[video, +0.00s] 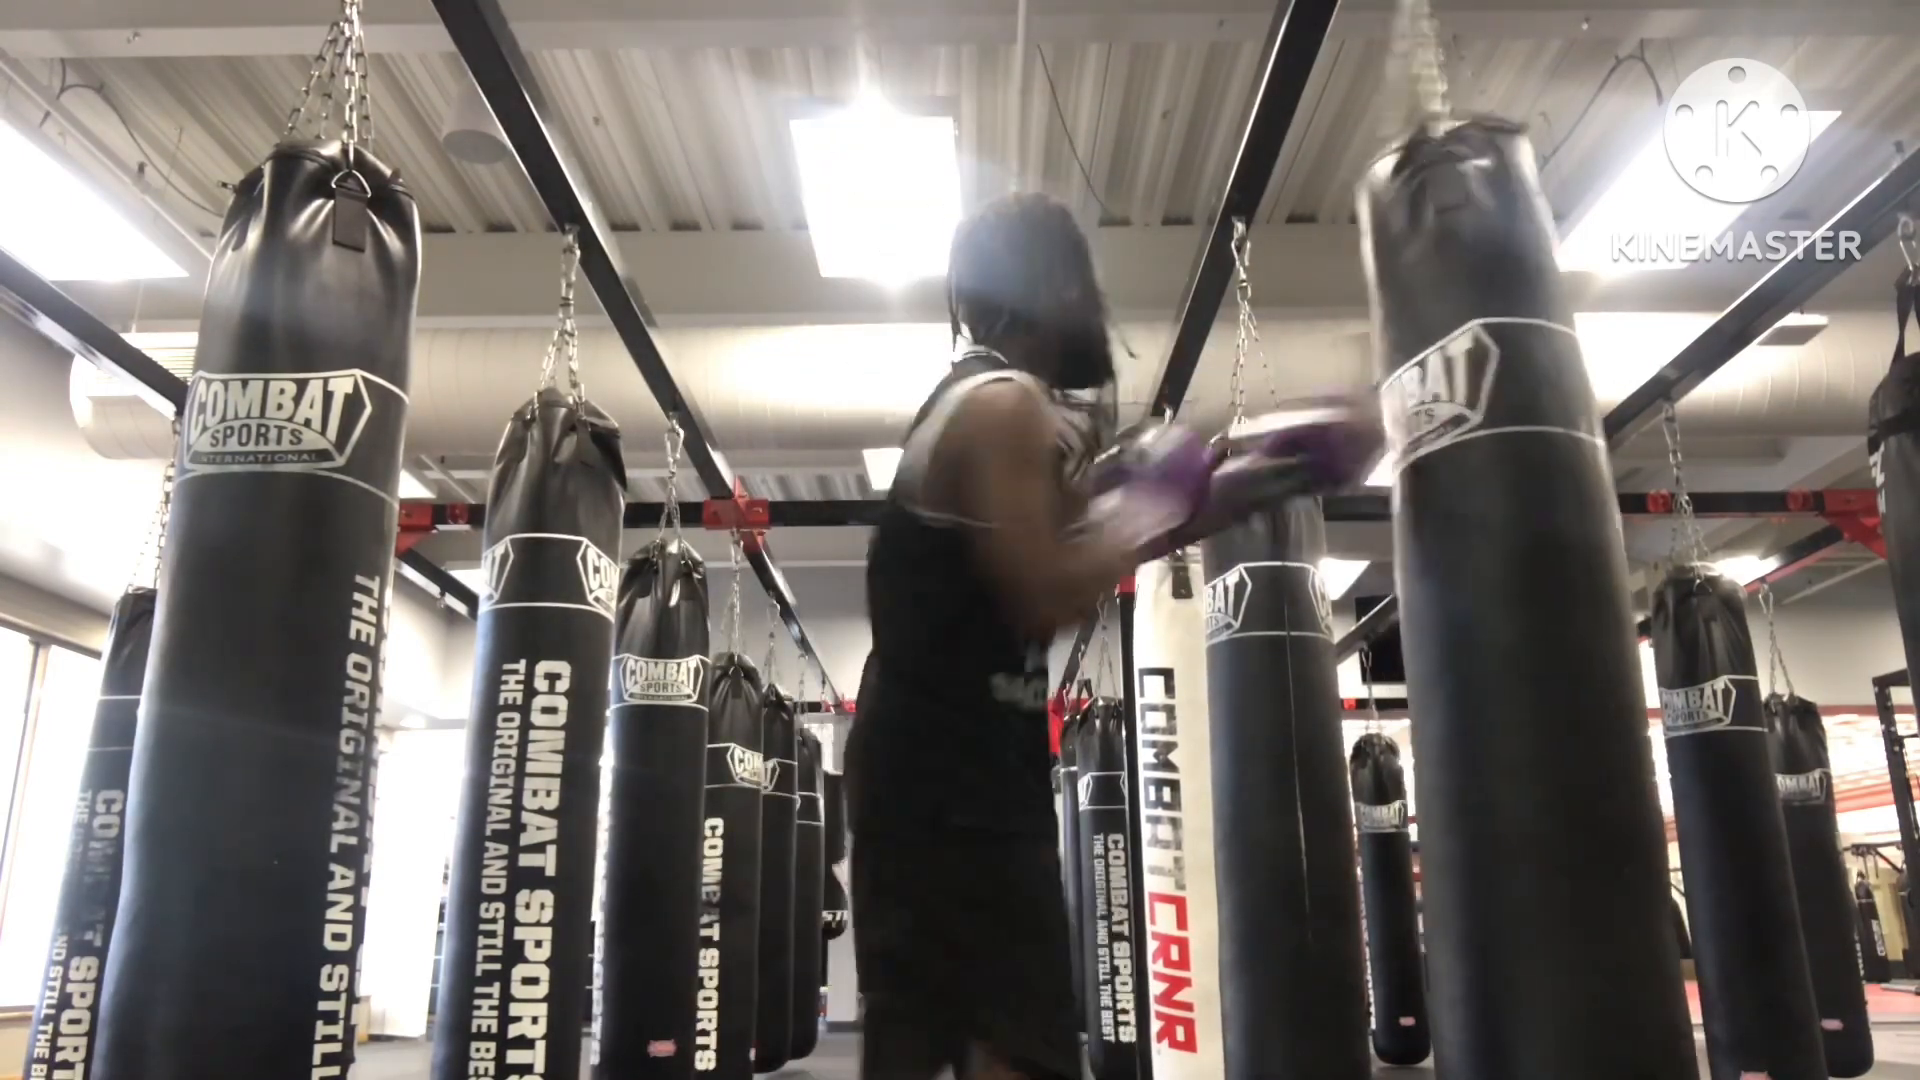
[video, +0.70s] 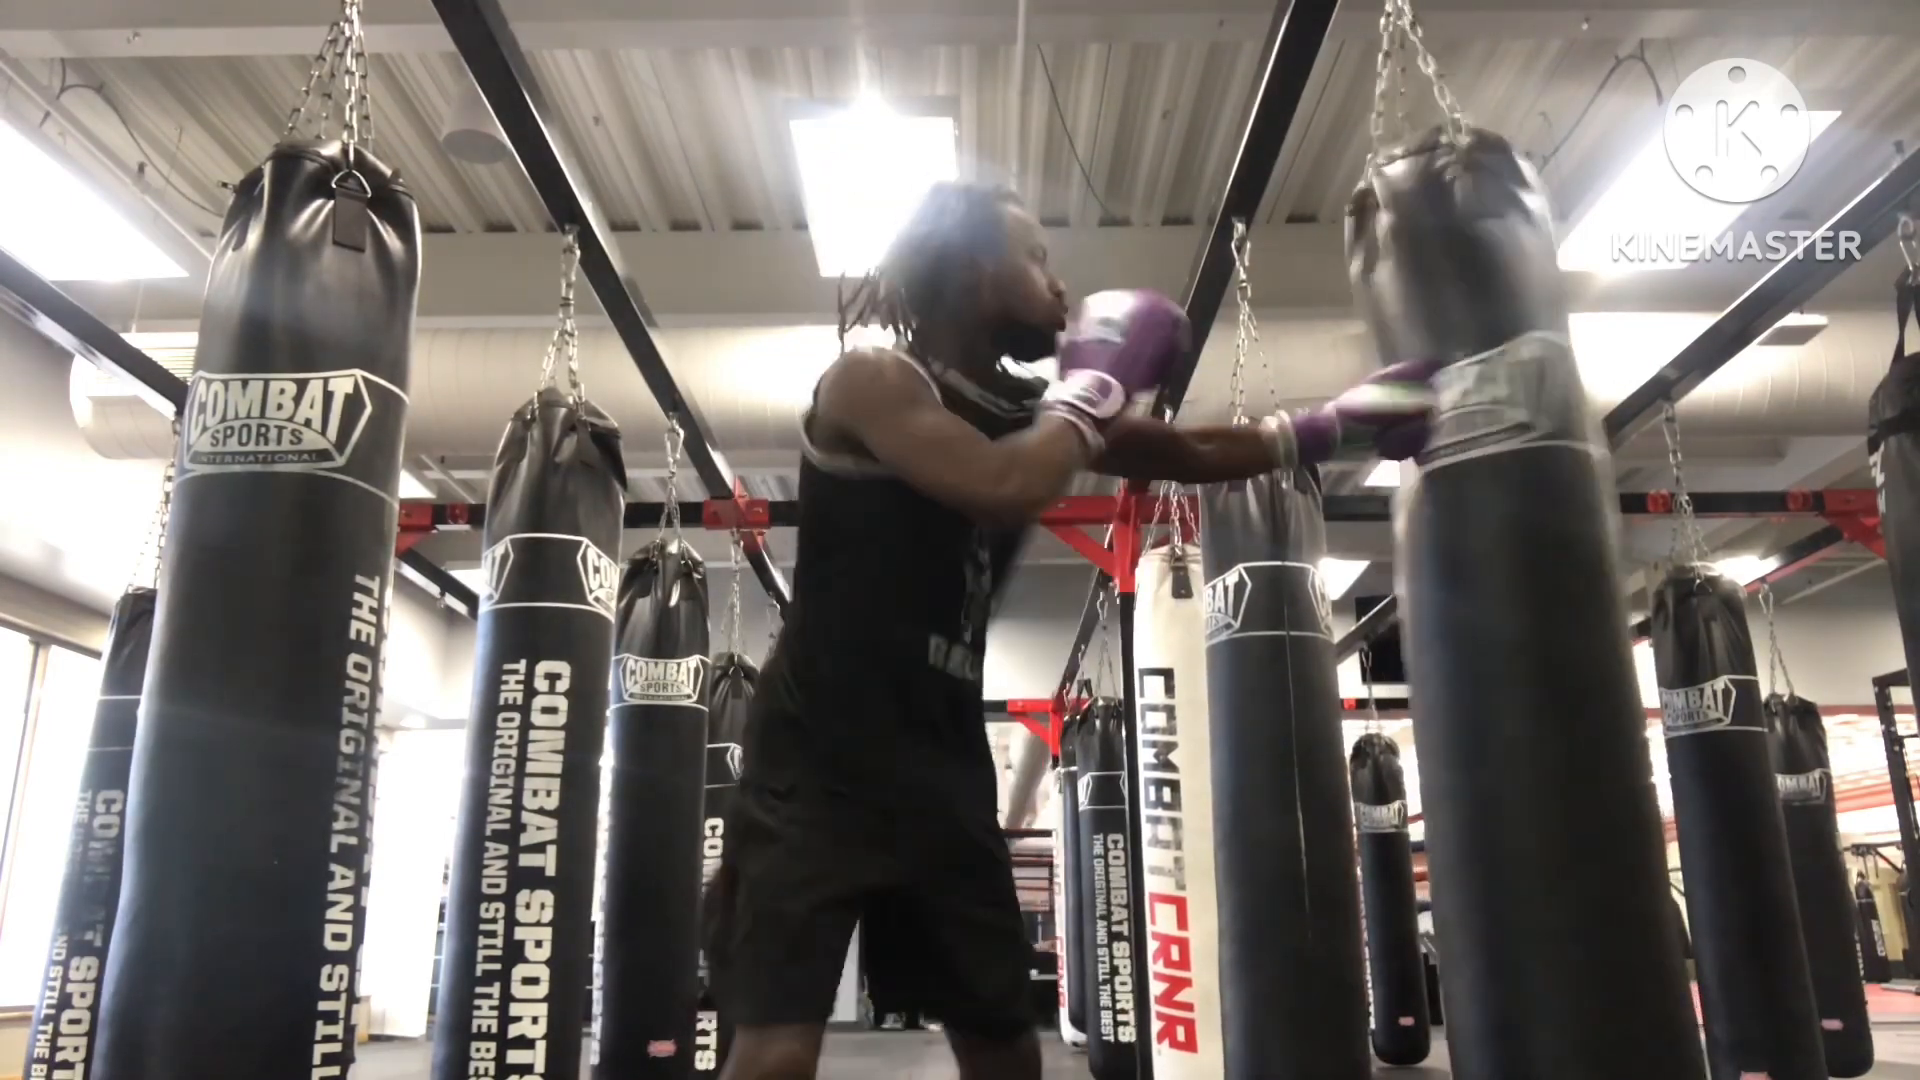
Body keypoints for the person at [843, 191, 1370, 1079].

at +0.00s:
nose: (1096, 294)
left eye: (1087, 274)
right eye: (1081, 272)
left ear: (983, 292)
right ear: (1054, 285)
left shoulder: (974, 404)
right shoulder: (1007, 404)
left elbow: (1071, 550)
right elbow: (1041, 591)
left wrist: (1239, 488)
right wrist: (1156, 512)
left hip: (921, 759)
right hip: (965, 764)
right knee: (1021, 1033)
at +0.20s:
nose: (1050, 320)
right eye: (1042, 304)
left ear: (924, 321)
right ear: (1026, 312)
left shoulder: (864, 437)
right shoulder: (1036, 396)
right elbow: (1222, 451)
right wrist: (1327, 436)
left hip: (849, 806)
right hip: (951, 810)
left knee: (886, 1052)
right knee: (955, 1053)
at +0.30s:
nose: (1037, 318)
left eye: (1031, 302)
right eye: (1028, 299)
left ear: (920, 304)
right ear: (1006, 300)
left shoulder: (898, 407)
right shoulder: (967, 383)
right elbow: (1079, 527)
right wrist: (1190, 486)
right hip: (902, 770)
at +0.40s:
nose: (1034, 319)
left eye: (1028, 296)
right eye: (1018, 295)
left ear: (925, 303)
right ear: (970, 300)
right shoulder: (911, 394)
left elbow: (903, 668)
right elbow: (972, 590)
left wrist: (1058, 646)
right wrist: (1051, 496)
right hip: (867, 788)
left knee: (1019, 1049)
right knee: (865, 1055)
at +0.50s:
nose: (1031, 318)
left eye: (1023, 295)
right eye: (1013, 294)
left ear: (923, 310)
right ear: (956, 300)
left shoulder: (878, 414)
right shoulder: (890, 405)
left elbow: (884, 650)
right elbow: (1022, 566)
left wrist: (1032, 633)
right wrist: (1091, 461)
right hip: (858, 809)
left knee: (1063, 1042)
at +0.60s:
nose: (1047, 271)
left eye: (1038, 251)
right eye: (1026, 250)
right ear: (966, 263)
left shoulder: (967, 416)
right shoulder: (874, 369)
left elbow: (1027, 558)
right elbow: (1017, 498)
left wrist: (1145, 478)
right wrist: (1083, 400)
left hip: (929, 741)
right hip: (823, 742)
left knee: (1025, 1033)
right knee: (747, 1040)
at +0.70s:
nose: (1059, 286)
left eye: (1052, 262)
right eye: (1038, 258)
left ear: (981, 273)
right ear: (975, 266)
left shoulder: (1019, 410)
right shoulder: (869, 376)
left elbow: (1188, 455)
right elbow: (1010, 486)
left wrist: (1339, 421)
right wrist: (1090, 386)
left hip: (941, 764)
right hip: (818, 757)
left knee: (999, 1050)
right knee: (776, 1051)